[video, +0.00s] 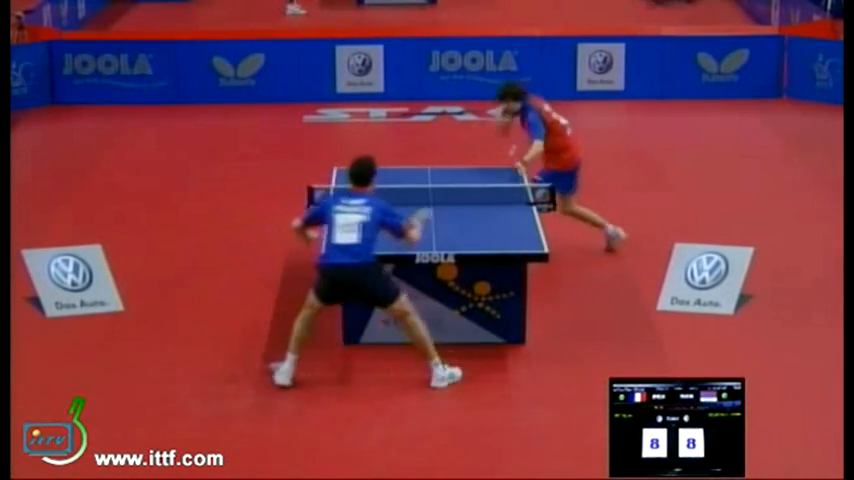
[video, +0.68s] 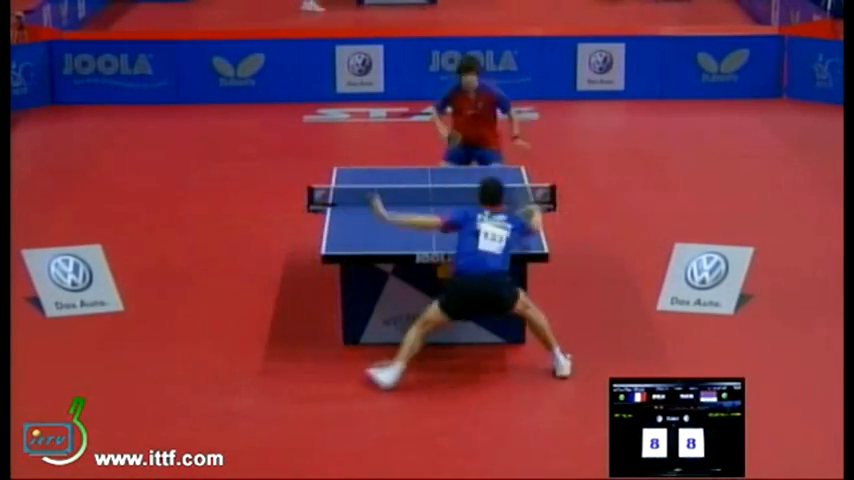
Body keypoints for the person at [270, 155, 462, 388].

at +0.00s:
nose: (371, 181)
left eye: (361, 176)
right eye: (372, 178)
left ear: (350, 178)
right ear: (372, 180)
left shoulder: (333, 201)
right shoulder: (376, 205)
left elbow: (298, 225)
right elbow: (411, 236)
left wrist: (309, 241)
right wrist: (415, 225)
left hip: (331, 270)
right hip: (364, 270)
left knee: (308, 312)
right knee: (405, 314)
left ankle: (288, 367)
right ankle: (438, 368)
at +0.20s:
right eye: (392, 183)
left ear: (370, 183)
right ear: (393, 186)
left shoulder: (351, 207)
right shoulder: (398, 212)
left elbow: (316, 226)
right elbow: (428, 240)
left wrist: (333, 227)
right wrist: (434, 238)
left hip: (356, 282)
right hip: (392, 279)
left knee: (324, 314)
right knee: (438, 300)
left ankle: (313, 375)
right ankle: (447, 364)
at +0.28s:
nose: (401, 191)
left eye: (392, 186)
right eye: (403, 187)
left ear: (380, 186)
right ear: (404, 190)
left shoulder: (362, 211)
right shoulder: (410, 216)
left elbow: (328, 217)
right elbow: (441, 239)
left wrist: (325, 212)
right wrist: (447, 236)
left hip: (368, 285)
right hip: (406, 283)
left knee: (330, 314)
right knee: (456, 298)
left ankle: (313, 374)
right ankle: (472, 359)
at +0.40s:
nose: (428, 188)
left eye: (421, 183)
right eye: (432, 184)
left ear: (412, 185)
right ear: (436, 188)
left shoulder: (396, 206)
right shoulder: (445, 215)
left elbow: (358, 197)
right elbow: (484, 230)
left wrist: (336, 181)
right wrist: (476, 223)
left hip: (399, 283)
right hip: (436, 283)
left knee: (356, 321)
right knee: (484, 311)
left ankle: (319, 374)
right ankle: (527, 355)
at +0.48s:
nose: (448, 191)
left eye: (442, 187)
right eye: (454, 187)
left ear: (437, 188)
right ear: (461, 189)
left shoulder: (425, 208)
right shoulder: (472, 214)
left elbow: (386, 197)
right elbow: (509, 224)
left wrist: (354, 177)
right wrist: (501, 223)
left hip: (426, 284)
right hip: (463, 284)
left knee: (382, 325)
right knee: (506, 310)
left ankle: (338, 372)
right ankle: (539, 357)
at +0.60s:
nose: (472, 195)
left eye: (470, 191)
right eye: (480, 192)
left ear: (466, 194)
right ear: (488, 195)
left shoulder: (457, 213)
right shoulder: (503, 217)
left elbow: (418, 211)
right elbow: (534, 222)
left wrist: (375, 197)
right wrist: (537, 216)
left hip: (457, 283)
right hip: (492, 283)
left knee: (413, 326)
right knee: (523, 310)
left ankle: (371, 371)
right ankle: (550, 357)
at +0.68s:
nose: (492, 200)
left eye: (486, 196)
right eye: (497, 197)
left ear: (480, 199)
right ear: (502, 200)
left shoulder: (468, 216)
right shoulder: (512, 222)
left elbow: (434, 223)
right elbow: (535, 231)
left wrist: (388, 219)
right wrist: (536, 215)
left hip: (463, 284)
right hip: (498, 284)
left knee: (422, 326)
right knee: (530, 312)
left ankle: (393, 371)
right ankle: (559, 359)